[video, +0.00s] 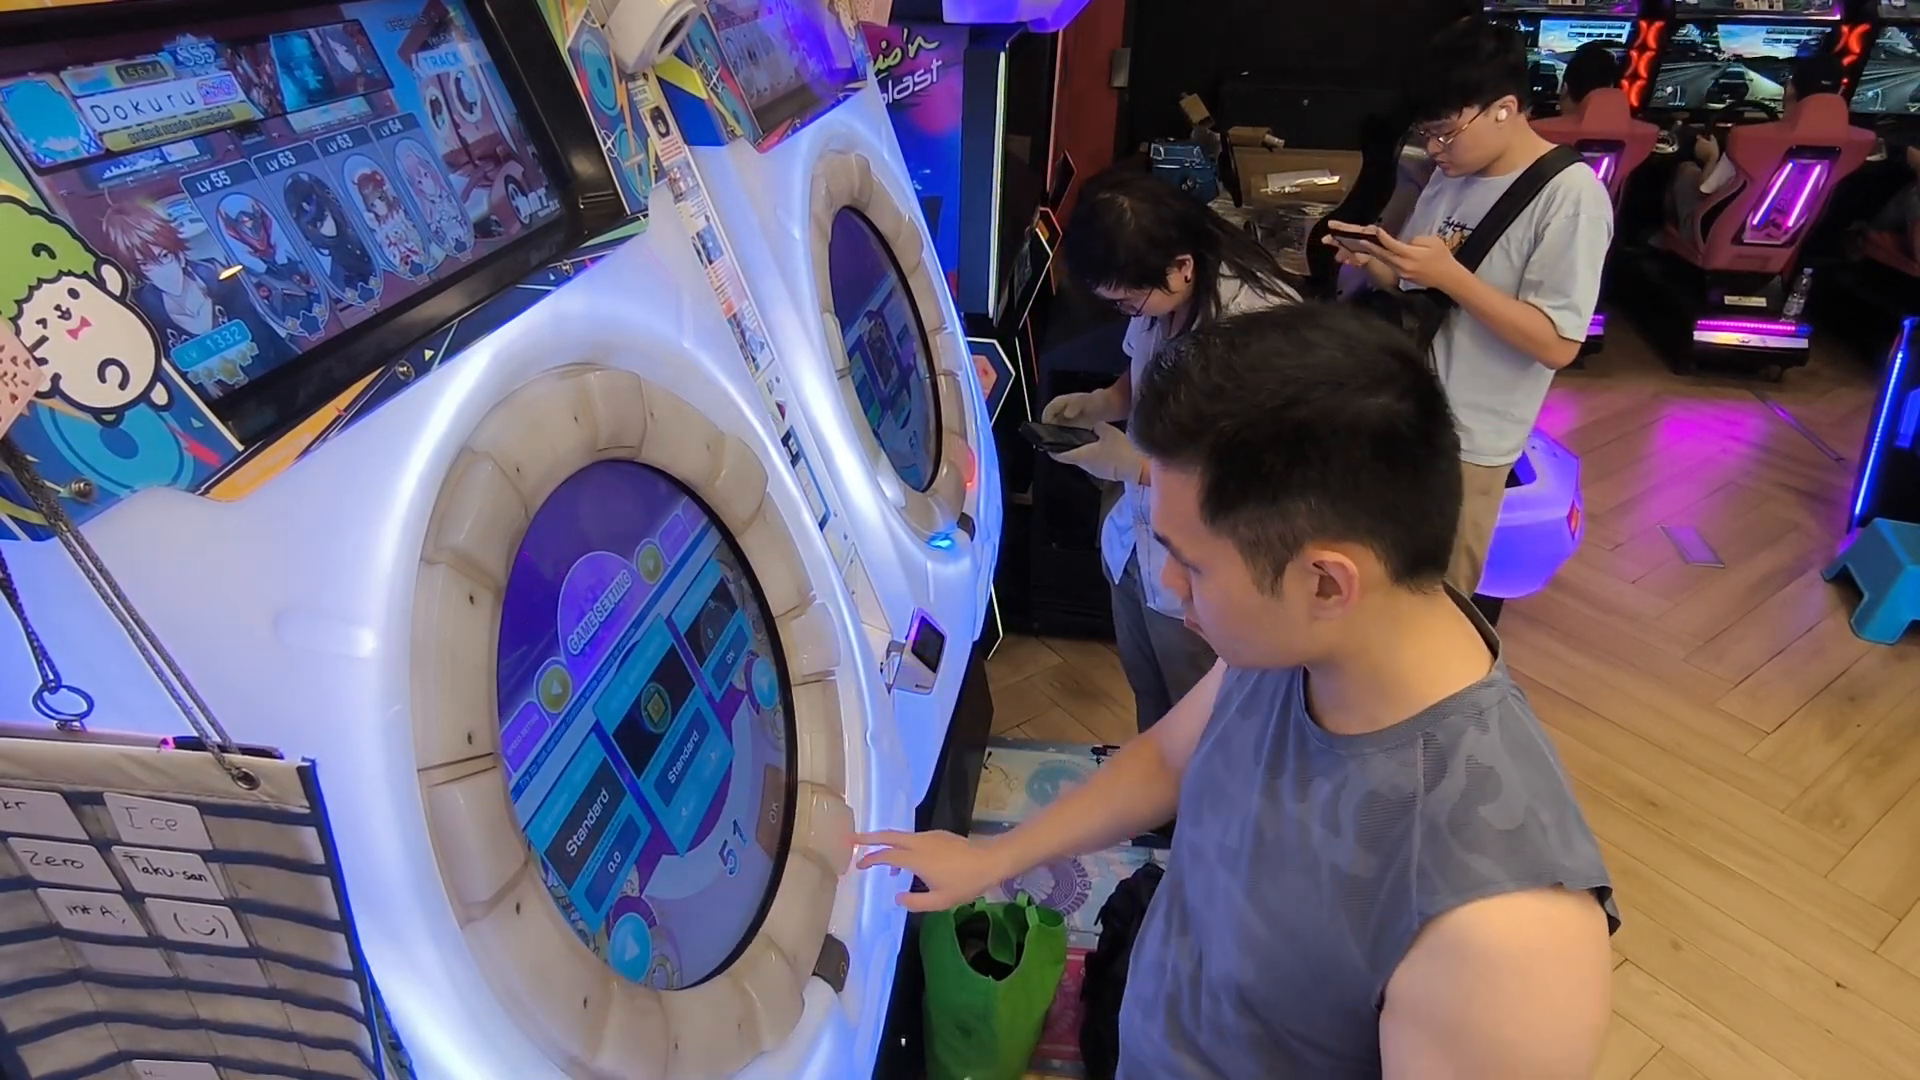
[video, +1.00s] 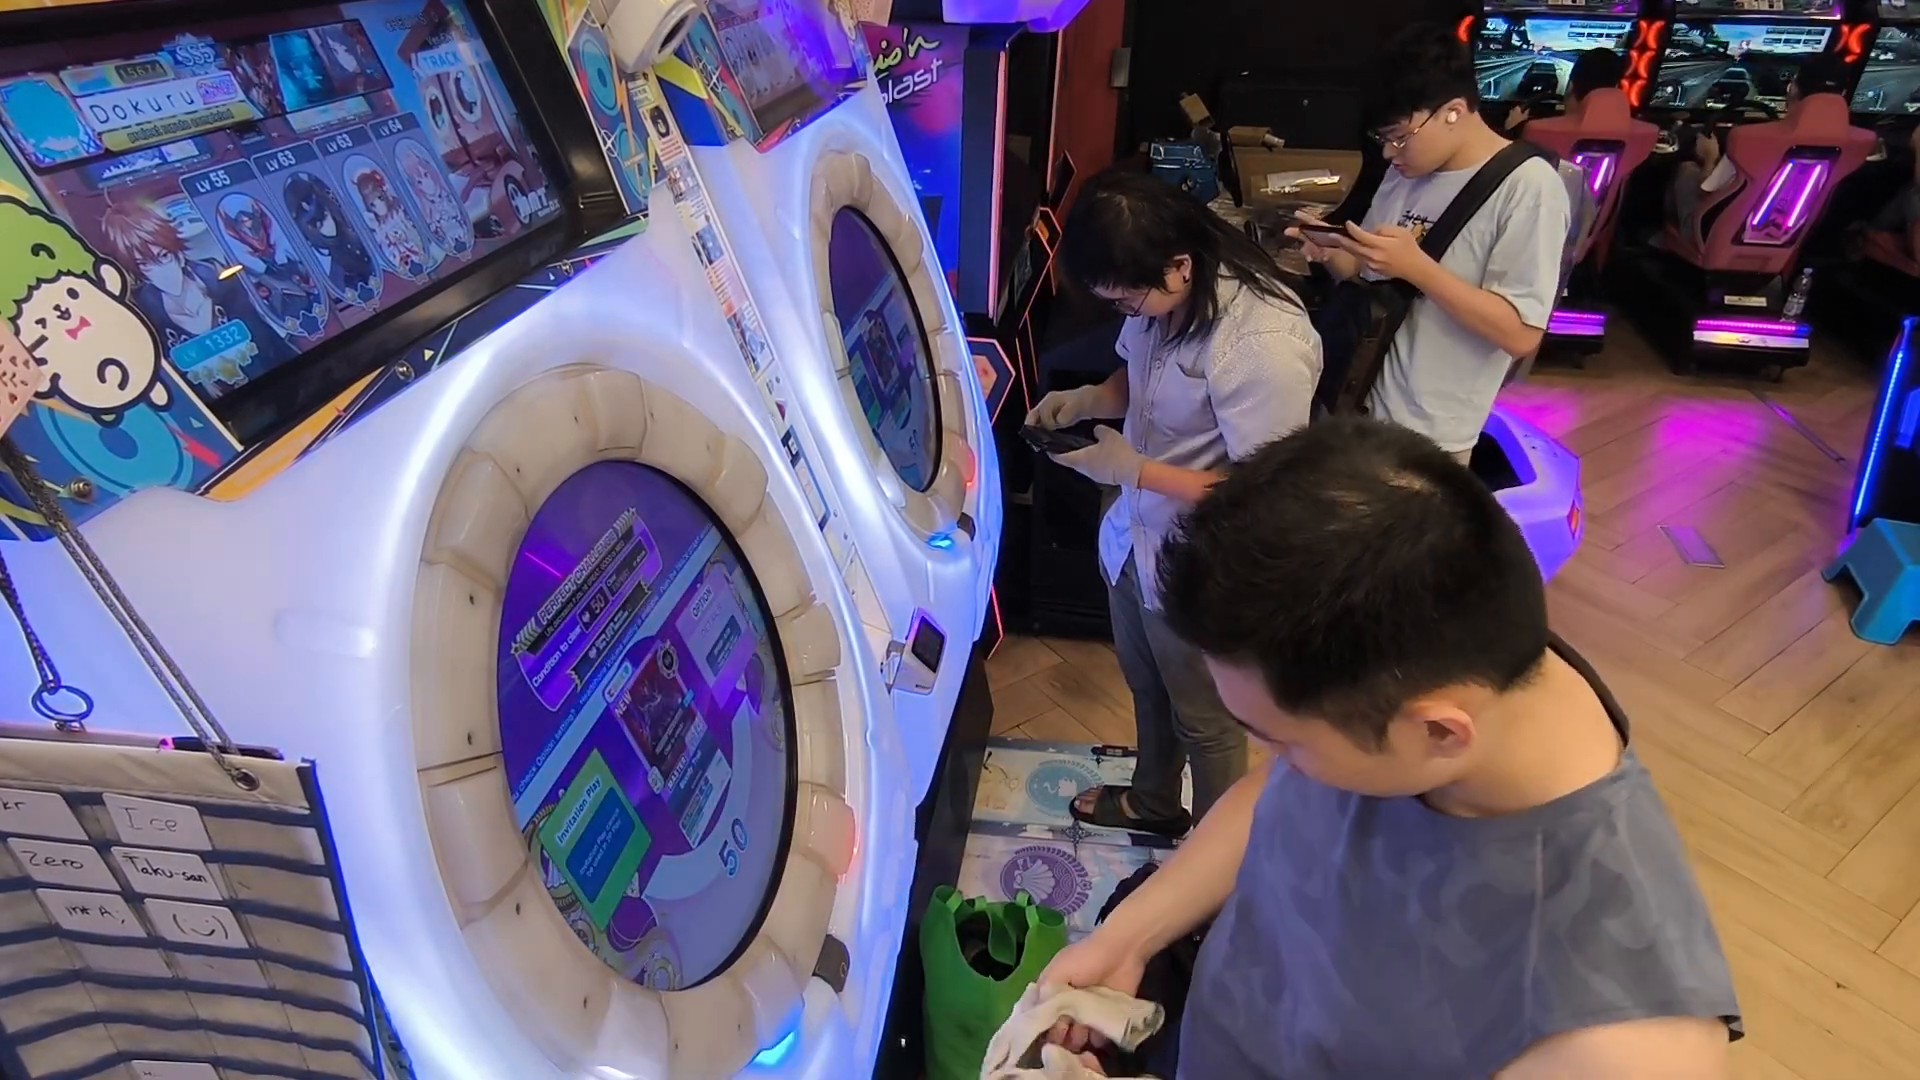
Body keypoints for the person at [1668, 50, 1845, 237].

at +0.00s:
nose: (1784, 88)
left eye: (1788, 83)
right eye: (1787, 82)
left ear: (1793, 91)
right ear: (1835, 94)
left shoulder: (1756, 140)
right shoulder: (1847, 148)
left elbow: (1707, 188)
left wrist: (1711, 157)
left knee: (1686, 169)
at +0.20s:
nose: (1784, 91)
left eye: (1787, 85)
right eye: (1787, 85)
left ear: (1792, 91)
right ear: (1835, 95)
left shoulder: (1756, 140)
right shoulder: (1843, 150)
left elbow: (1706, 187)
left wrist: (1710, 154)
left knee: (1686, 169)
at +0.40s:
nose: (1785, 92)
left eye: (1788, 86)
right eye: (1788, 85)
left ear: (1793, 92)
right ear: (1835, 96)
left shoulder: (1757, 141)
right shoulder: (1844, 150)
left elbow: (1707, 188)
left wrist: (1711, 158)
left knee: (1685, 170)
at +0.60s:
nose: (1787, 88)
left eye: (1790, 83)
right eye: (1790, 82)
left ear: (1794, 90)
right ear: (1837, 95)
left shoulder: (1758, 140)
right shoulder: (1845, 150)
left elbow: (1708, 186)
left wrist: (1713, 156)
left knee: (1685, 170)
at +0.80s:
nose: (1788, 86)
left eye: (1792, 82)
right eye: (1792, 80)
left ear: (1794, 91)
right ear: (1839, 97)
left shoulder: (1758, 141)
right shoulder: (1843, 150)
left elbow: (1711, 189)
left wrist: (1714, 164)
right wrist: (1725, 164)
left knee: (1687, 169)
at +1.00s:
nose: (1788, 87)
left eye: (1792, 83)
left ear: (1794, 90)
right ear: (1840, 96)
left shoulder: (1757, 140)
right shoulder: (1847, 150)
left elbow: (1709, 189)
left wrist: (1709, 158)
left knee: (1686, 169)